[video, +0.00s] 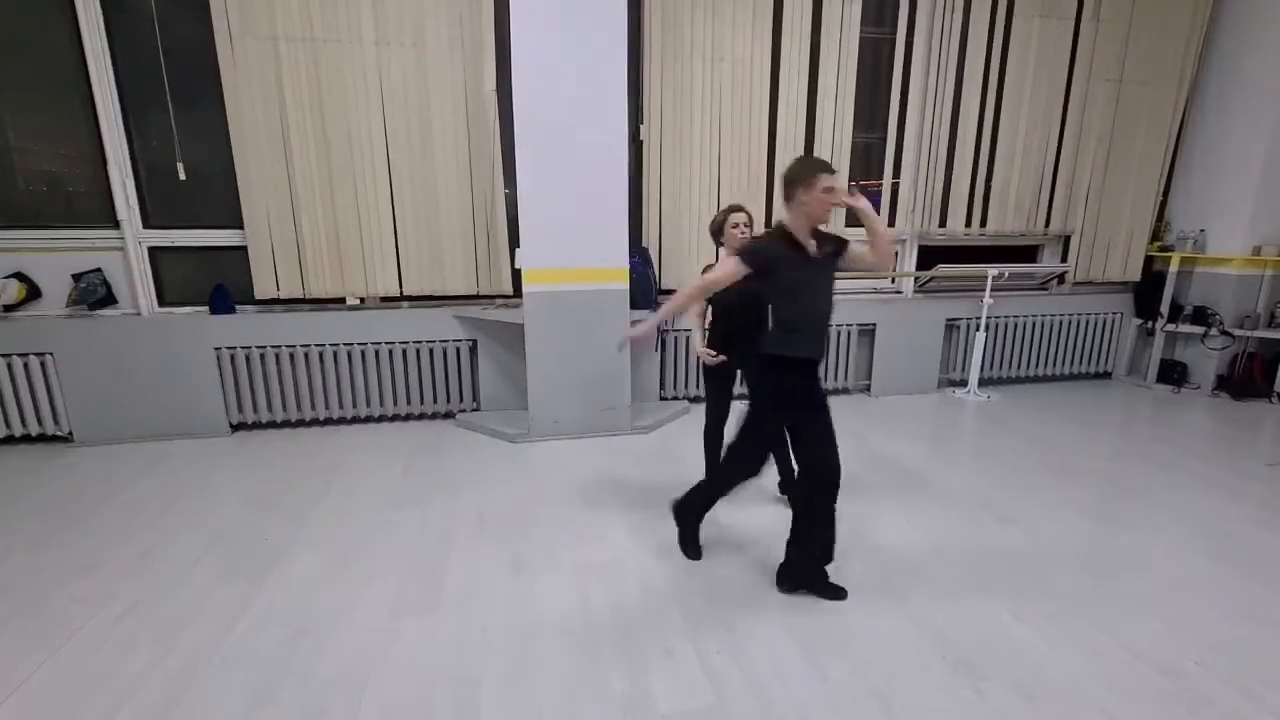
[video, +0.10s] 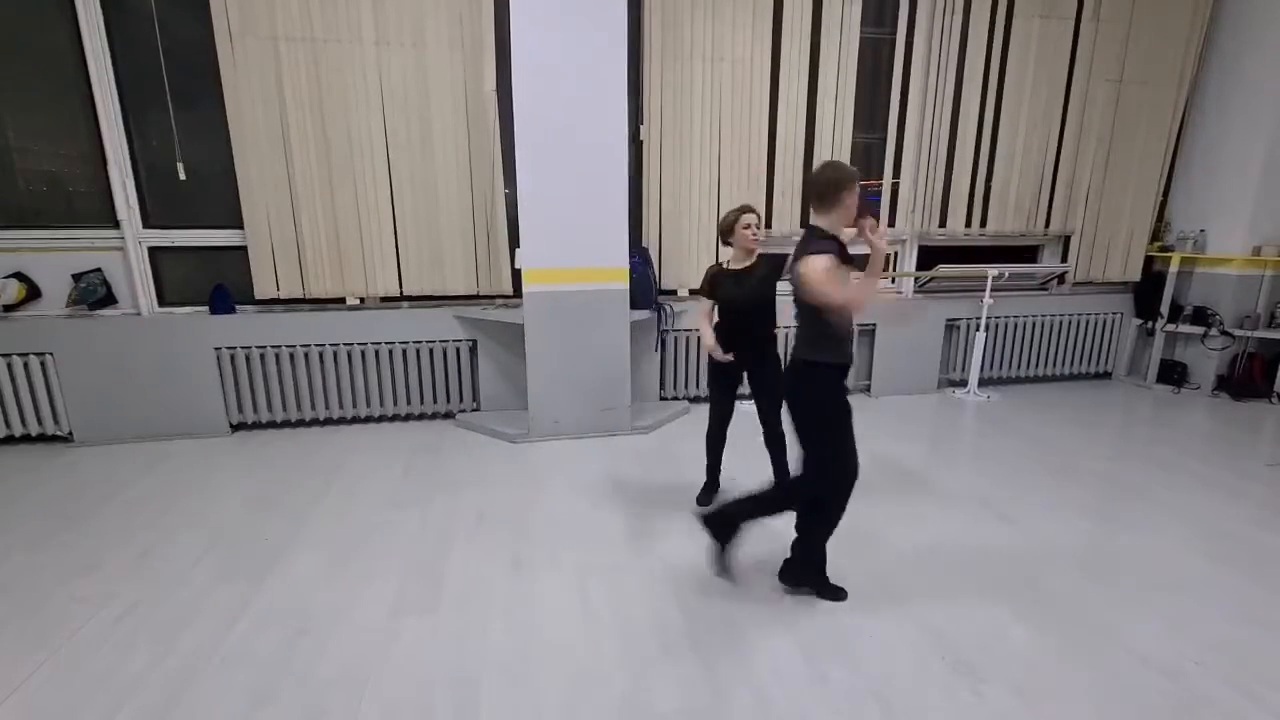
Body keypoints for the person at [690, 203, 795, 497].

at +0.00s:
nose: (742, 231)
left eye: (747, 226)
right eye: (735, 226)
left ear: (753, 232)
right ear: (721, 235)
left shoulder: (762, 267)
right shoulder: (711, 272)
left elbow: (778, 307)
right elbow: (699, 313)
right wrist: (699, 344)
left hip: (756, 348)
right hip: (720, 350)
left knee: (771, 416)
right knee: (715, 419)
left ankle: (788, 479)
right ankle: (713, 479)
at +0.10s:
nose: (755, 232)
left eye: (757, 227)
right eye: (747, 227)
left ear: (761, 233)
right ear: (730, 235)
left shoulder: (770, 265)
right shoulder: (716, 274)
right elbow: (703, 314)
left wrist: (847, 234)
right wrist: (710, 342)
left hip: (763, 354)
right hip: (725, 354)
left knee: (771, 423)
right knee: (717, 422)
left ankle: (783, 484)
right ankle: (711, 480)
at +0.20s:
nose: (766, 235)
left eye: (767, 229)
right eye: (758, 229)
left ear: (769, 235)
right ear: (740, 236)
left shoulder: (780, 269)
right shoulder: (729, 272)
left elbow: (817, 263)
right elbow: (727, 319)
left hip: (771, 357)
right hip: (736, 356)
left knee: (777, 425)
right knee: (725, 421)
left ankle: (782, 485)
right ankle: (713, 481)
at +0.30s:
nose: (775, 238)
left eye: (776, 233)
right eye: (770, 233)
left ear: (773, 235)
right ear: (751, 235)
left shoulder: (782, 267)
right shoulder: (741, 269)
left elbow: (808, 300)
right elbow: (773, 292)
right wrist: (769, 249)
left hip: (778, 357)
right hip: (746, 359)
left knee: (781, 426)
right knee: (738, 424)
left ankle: (783, 485)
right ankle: (713, 481)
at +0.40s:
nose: (774, 238)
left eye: (775, 233)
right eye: (766, 234)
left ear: (776, 236)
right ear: (749, 237)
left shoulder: (774, 268)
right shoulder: (754, 267)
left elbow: (804, 302)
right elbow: (800, 289)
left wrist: (839, 294)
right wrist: (803, 248)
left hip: (779, 356)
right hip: (754, 358)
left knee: (780, 427)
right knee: (746, 428)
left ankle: (783, 487)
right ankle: (718, 488)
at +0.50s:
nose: (772, 241)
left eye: (775, 236)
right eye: (765, 236)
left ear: (777, 237)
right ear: (748, 238)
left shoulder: (771, 267)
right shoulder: (757, 269)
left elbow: (798, 307)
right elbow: (805, 296)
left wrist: (829, 306)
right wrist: (812, 250)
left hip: (777, 360)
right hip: (754, 361)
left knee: (779, 429)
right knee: (749, 432)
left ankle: (783, 487)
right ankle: (724, 497)